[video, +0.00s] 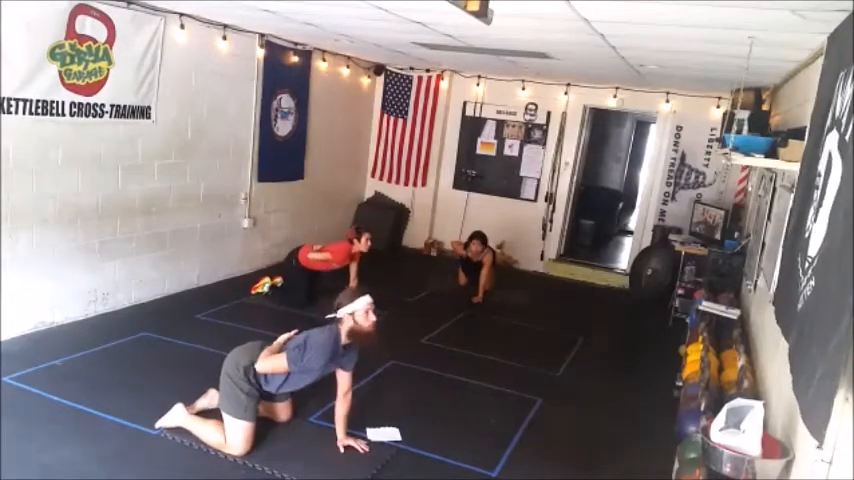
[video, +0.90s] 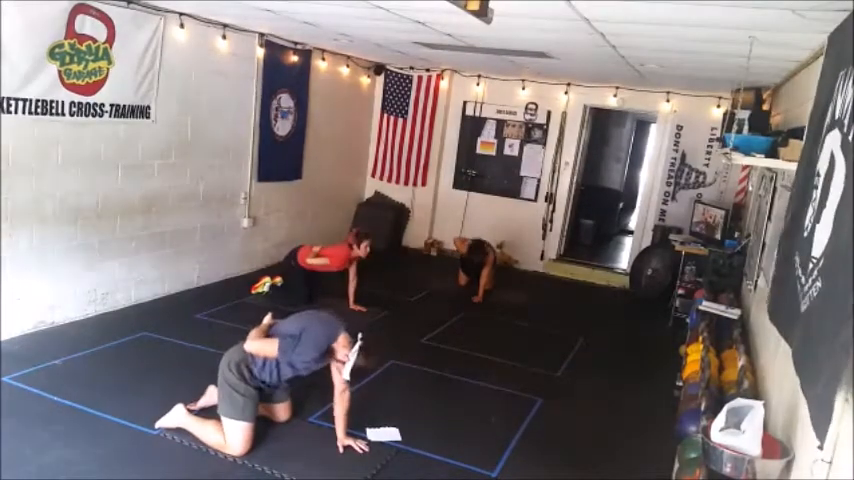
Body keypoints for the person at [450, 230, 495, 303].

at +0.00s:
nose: (475, 248)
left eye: (479, 245)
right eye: (473, 244)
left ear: (483, 247)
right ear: (469, 244)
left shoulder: (488, 254)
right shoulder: (464, 248)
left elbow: (483, 275)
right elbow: (453, 243)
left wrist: (480, 295)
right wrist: (460, 252)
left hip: (481, 266)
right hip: (467, 264)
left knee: (486, 287)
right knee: (462, 282)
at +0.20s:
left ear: (482, 260)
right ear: (465, 254)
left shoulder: (489, 254)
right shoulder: (462, 247)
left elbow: (483, 274)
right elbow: (456, 237)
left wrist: (479, 295)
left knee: (486, 286)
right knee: (462, 282)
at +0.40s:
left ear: (482, 259)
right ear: (465, 253)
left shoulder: (489, 254)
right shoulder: (462, 246)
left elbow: (483, 275)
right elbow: (455, 237)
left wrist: (479, 295)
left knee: (486, 286)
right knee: (462, 282)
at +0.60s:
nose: (475, 256)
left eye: (479, 253)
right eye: (473, 253)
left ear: (485, 250)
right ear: (469, 249)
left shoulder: (489, 254)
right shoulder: (464, 249)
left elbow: (484, 275)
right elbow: (454, 243)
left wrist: (479, 296)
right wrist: (464, 254)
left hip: (482, 265)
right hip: (467, 263)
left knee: (486, 287)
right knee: (462, 282)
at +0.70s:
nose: (477, 246)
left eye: (480, 243)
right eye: (475, 242)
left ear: (485, 245)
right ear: (471, 242)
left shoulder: (489, 255)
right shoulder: (463, 249)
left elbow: (483, 276)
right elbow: (453, 243)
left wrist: (479, 296)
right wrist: (466, 254)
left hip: (481, 267)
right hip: (467, 264)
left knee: (486, 287)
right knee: (461, 282)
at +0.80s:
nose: (477, 250)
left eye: (481, 247)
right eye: (475, 247)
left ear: (486, 249)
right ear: (471, 246)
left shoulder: (490, 255)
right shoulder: (464, 250)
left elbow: (484, 276)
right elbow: (454, 243)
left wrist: (480, 296)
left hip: (482, 268)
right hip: (467, 265)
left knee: (487, 287)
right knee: (462, 283)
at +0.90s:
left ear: (484, 255)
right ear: (469, 250)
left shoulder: (490, 255)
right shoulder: (463, 249)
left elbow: (483, 276)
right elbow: (456, 239)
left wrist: (480, 296)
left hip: (482, 267)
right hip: (467, 264)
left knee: (487, 286)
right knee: (462, 282)